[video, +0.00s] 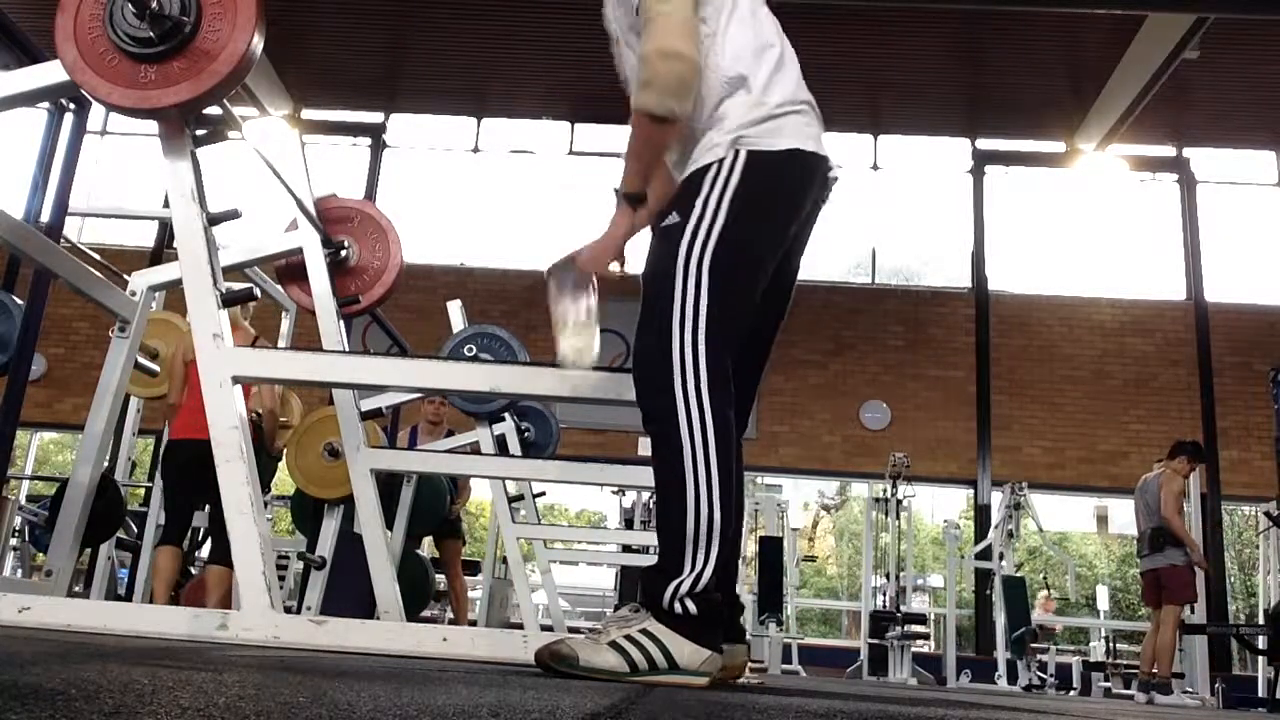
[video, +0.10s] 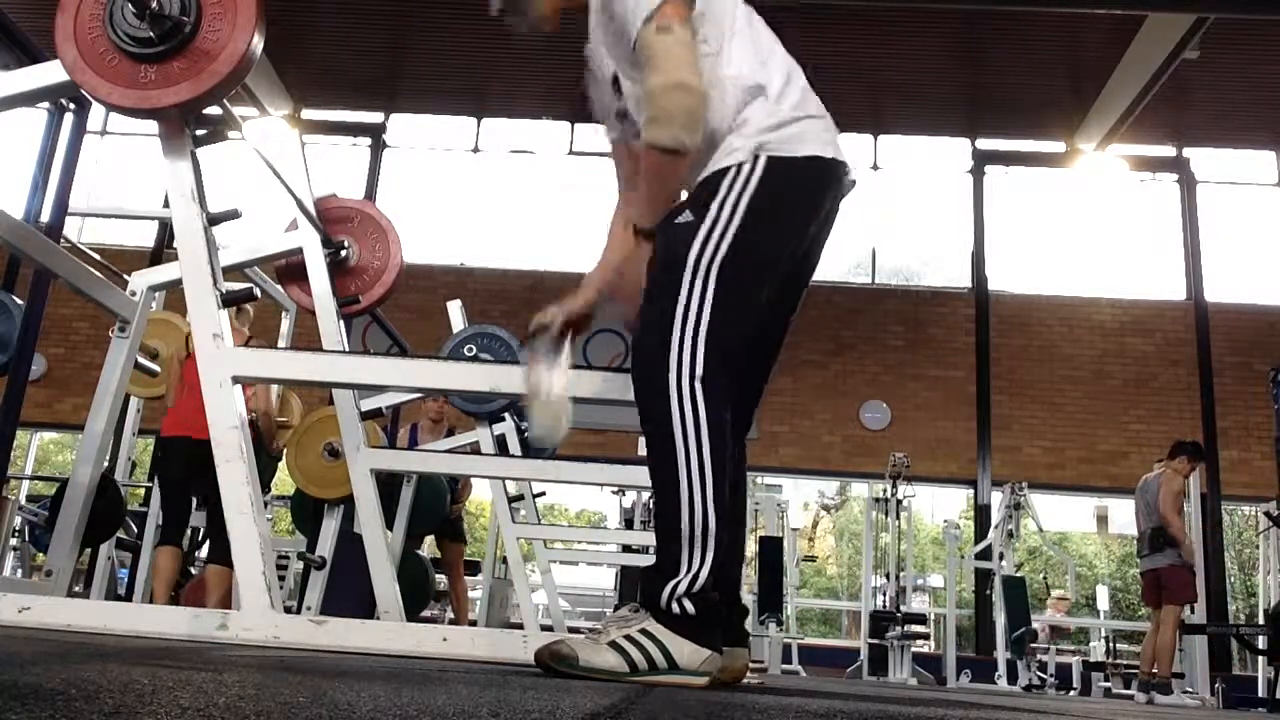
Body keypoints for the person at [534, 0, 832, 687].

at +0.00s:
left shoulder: (662, 4)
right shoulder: (656, 16)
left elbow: (671, 70)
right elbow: (680, 153)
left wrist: (634, 196)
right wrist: (611, 241)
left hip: (744, 147)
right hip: (780, 152)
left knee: (680, 373)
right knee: (706, 388)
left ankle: (686, 623)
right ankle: (709, 627)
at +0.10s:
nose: (515, 13)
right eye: (509, 8)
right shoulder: (608, 58)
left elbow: (676, 104)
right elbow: (635, 188)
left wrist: (643, 227)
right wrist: (588, 294)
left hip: (765, 153)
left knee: (678, 366)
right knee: (706, 388)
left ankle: (687, 624)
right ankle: (711, 629)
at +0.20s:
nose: (480, 58)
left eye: (472, 35)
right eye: (470, 51)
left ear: (504, 2)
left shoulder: (612, 9)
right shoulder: (592, 114)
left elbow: (693, 139)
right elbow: (599, 251)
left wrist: (671, 233)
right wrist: (550, 362)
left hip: (780, 162)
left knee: (666, 356)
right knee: (699, 388)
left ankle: (684, 624)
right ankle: (712, 632)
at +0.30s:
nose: (464, 115)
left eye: (454, 93)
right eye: (452, 106)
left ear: (486, 46)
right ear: (492, 55)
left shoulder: (603, 30)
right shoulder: (574, 158)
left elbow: (706, 148)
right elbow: (563, 288)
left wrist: (667, 250)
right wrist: (504, 417)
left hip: (787, 173)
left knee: (652, 349)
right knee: (686, 393)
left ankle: (687, 623)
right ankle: (707, 629)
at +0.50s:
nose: (453, 196)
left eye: (442, 172)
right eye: (437, 189)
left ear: (472, 121)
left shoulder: (589, 85)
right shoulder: (552, 230)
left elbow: (721, 169)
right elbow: (501, 366)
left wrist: (658, 257)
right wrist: (417, 493)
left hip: (801, 201)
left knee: (635, 348)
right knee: (657, 396)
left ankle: (684, 621)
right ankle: (702, 624)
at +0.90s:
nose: (463, 140)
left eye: (457, 117)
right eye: (452, 131)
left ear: (489, 71)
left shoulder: (608, 51)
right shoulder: (567, 184)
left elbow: (725, 155)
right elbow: (530, 319)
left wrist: (677, 235)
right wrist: (455, 454)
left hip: (805, 182)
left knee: (658, 344)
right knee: (674, 379)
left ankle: (685, 622)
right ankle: (707, 628)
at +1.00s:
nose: (477, 106)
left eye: (469, 84)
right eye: (466, 98)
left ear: (500, 38)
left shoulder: (620, 30)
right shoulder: (580, 157)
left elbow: (721, 149)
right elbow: (564, 285)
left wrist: (676, 259)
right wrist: (516, 417)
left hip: (802, 171)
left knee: (667, 350)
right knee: (689, 387)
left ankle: (684, 623)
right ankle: (710, 629)